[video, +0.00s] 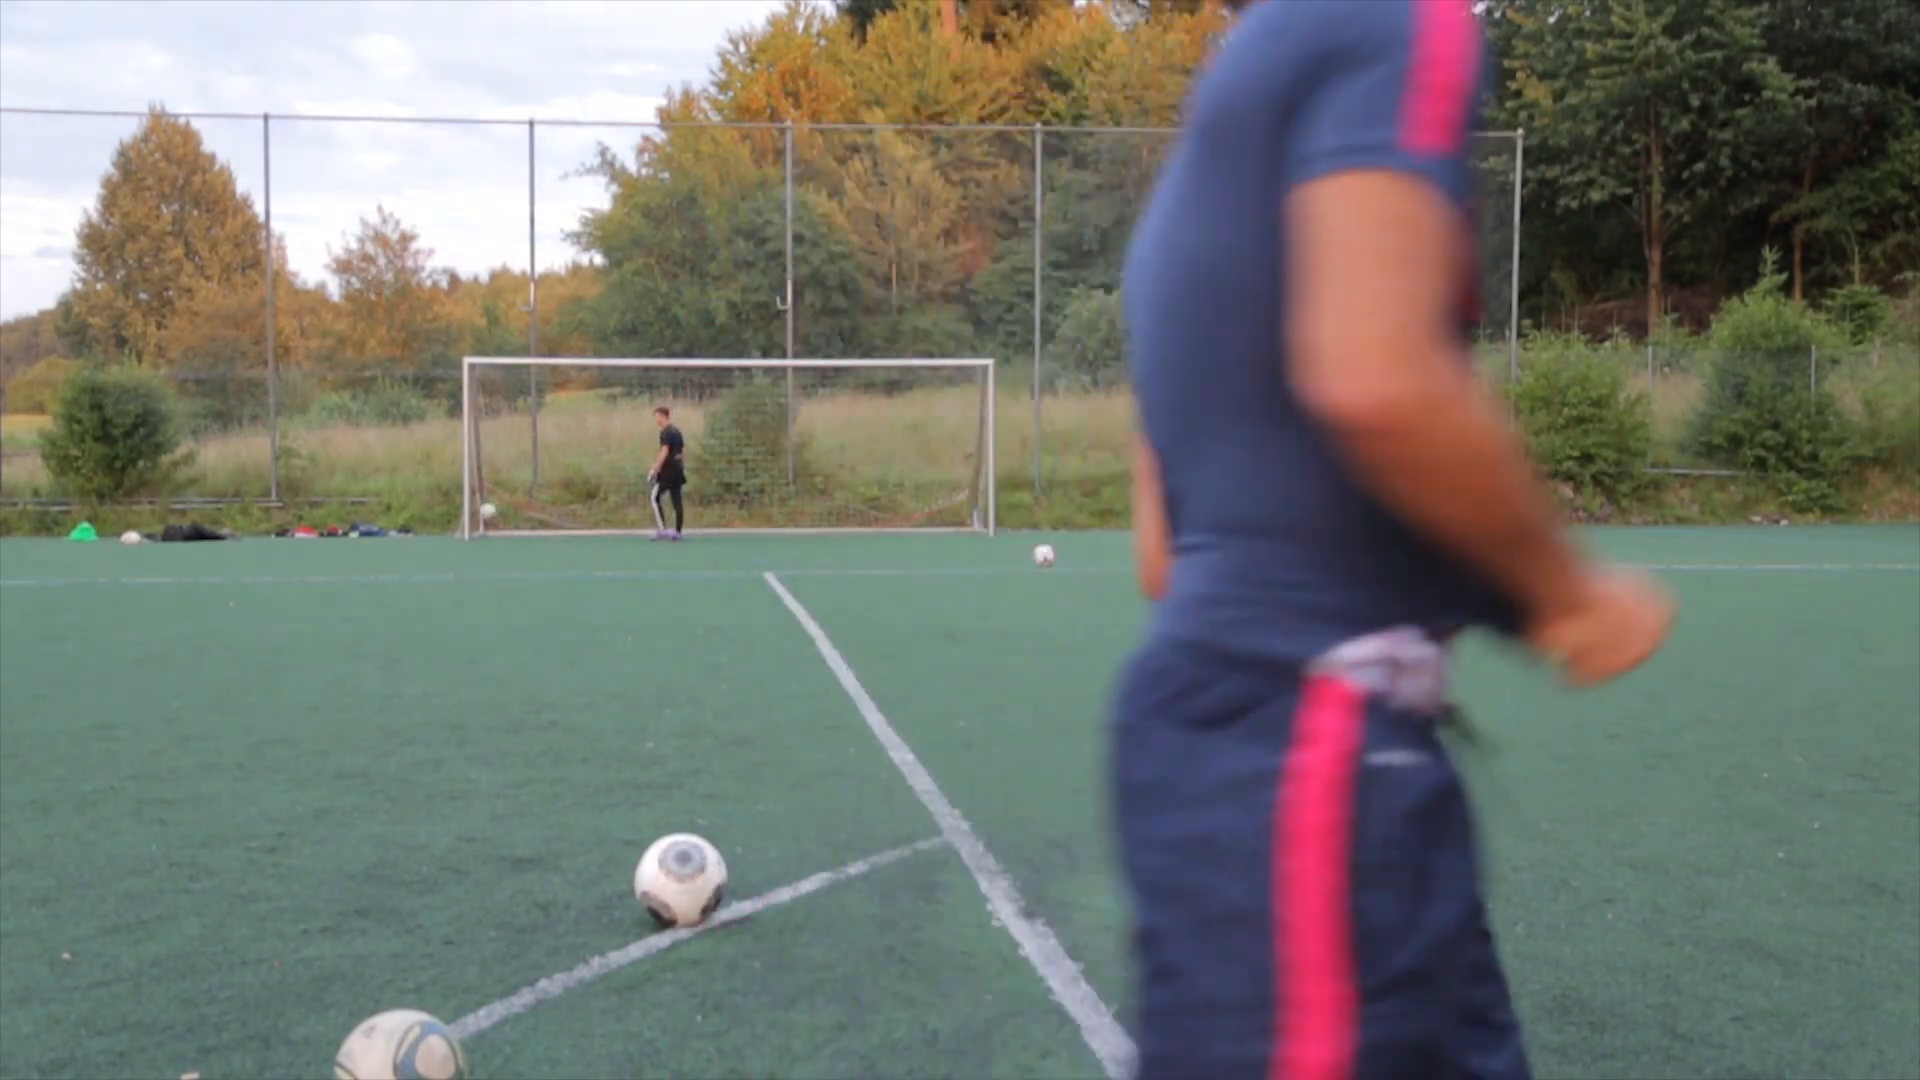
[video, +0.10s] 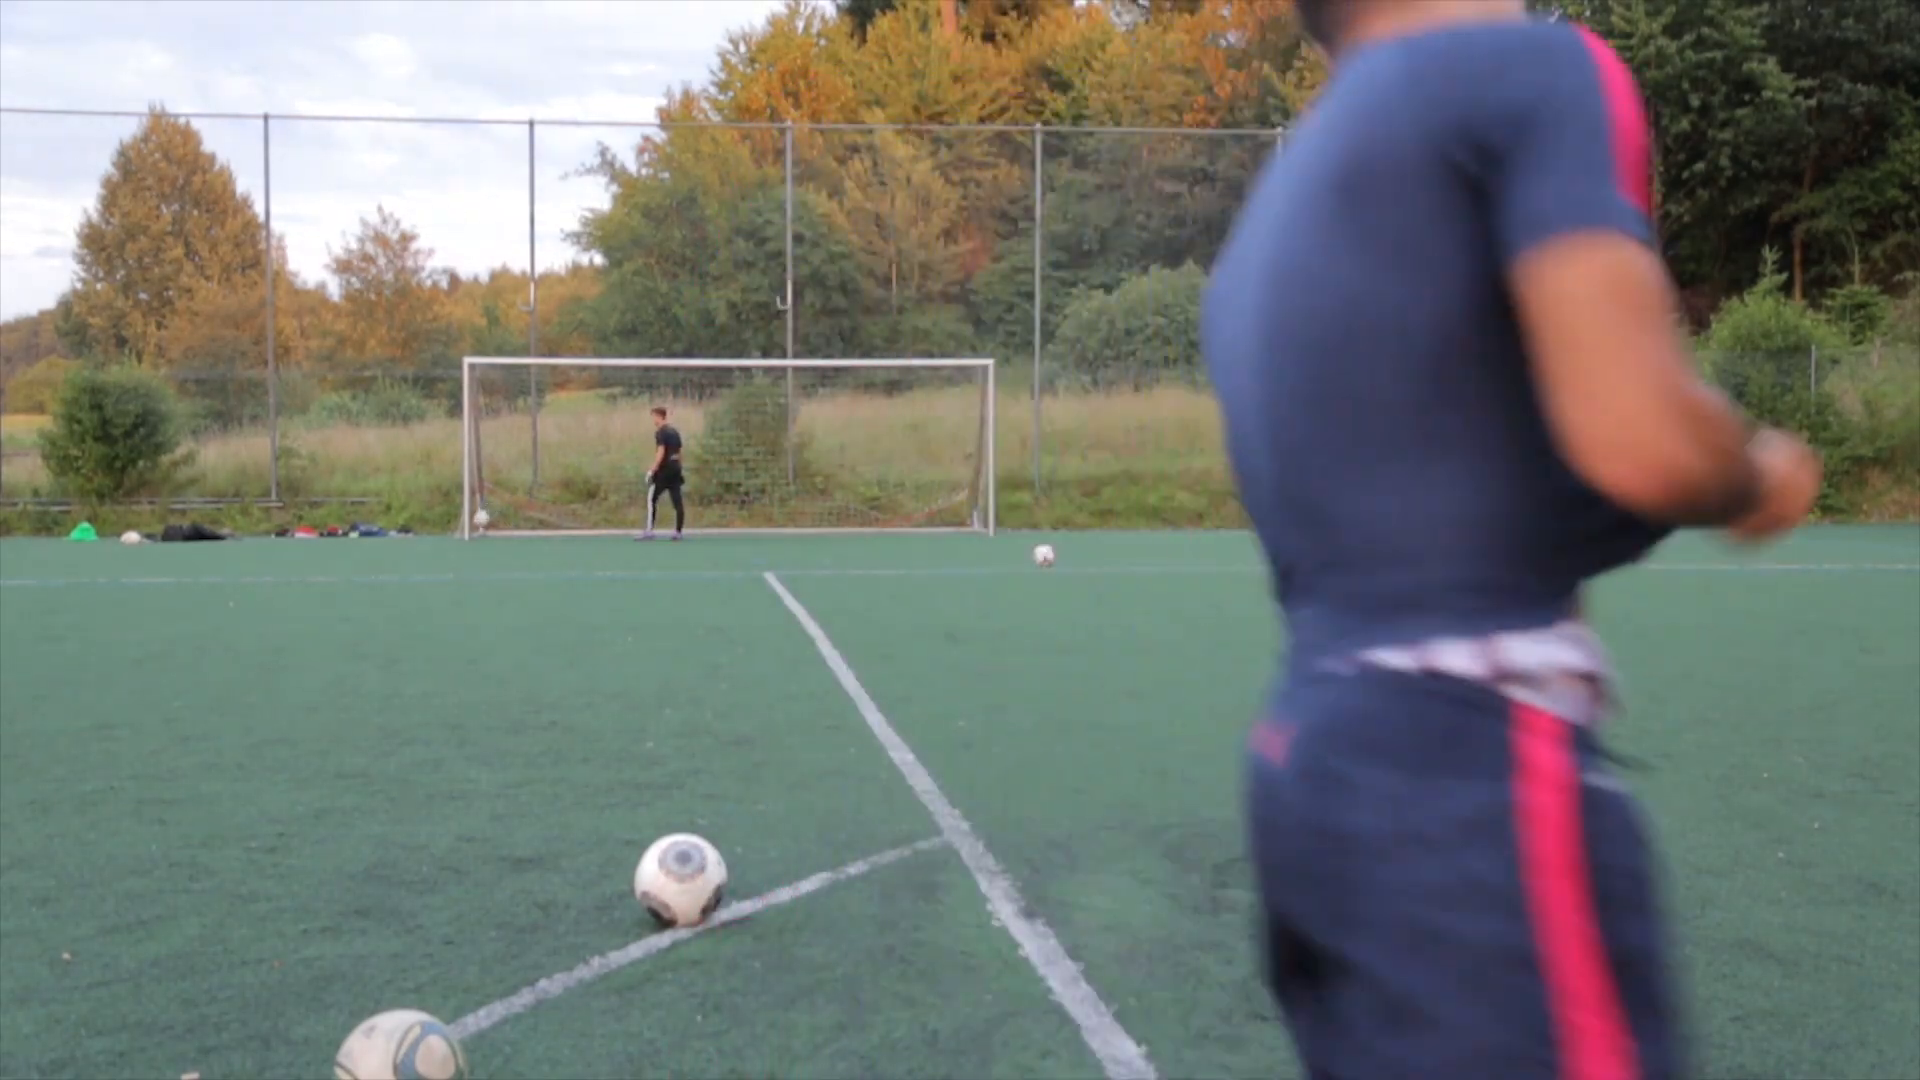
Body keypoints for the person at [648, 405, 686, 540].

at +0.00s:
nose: (656, 421)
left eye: (657, 417)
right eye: (656, 418)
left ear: (664, 417)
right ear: (666, 417)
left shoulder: (666, 432)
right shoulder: (677, 432)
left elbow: (665, 452)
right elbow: (680, 454)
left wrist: (655, 469)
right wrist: (679, 468)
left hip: (667, 470)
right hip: (677, 470)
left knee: (654, 496)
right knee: (677, 501)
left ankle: (661, 529)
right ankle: (678, 530)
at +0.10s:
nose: (654, 421)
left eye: (655, 418)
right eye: (653, 418)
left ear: (660, 417)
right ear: (665, 417)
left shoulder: (661, 432)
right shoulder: (674, 432)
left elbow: (661, 452)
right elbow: (678, 452)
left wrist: (652, 470)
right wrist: (678, 468)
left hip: (664, 467)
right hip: (675, 466)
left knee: (652, 496)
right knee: (677, 500)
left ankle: (649, 529)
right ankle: (678, 531)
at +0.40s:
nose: (637, 422)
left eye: (638, 419)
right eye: (637, 419)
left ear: (643, 419)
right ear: (648, 419)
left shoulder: (641, 435)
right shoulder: (659, 434)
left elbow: (642, 457)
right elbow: (663, 455)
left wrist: (640, 476)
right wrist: (665, 471)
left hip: (647, 470)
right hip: (659, 468)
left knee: (638, 500)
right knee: (663, 503)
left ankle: (632, 531)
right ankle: (675, 530)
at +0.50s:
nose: (631, 421)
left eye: (632, 418)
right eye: (631, 418)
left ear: (636, 419)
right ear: (642, 418)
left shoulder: (635, 434)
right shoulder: (652, 433)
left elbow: (635, 456)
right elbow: (658, 453)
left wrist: (632, 475)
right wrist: (659, 471)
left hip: (640, 470)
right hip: (651, 469)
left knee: (634, 500)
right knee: (652, 501)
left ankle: (632, 530)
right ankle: (669, 526)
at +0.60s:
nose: (626, 420)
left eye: (626, 417)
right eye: (627, 417)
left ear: (628, 417)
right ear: (636, 417)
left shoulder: (630, 434)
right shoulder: (645, 432)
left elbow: (629, 455)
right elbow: (651, 452)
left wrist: (624, 474)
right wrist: (652, 470)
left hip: (633, 468)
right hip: (644, 467)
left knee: (632, 501)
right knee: (639, 500)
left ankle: (631, 531)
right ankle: (658, 522)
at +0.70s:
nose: (619, 420)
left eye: (620, 417)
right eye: (620, 417)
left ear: (623, 417)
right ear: (630, 417)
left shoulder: (624, 433)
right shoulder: (639, 432)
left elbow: (622, 454)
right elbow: (645, 452)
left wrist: (615, 472)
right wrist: (646, 469)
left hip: (628, 468)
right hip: (639, 467)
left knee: (629, 498)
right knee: (631, 497)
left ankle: (632, 529)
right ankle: (641, 522)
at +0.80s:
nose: (613, 419)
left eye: (614, 416)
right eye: (614, 416)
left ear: (616, 417)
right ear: (624, 416)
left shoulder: (618, 433)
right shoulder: (632, 431)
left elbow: (615, 454)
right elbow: (637, 452)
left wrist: (606, 472)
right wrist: (636, 468)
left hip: (624, 470)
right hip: (632, 468)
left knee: (625, 499)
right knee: (617, 496)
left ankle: (630, 531)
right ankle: (622, 527)